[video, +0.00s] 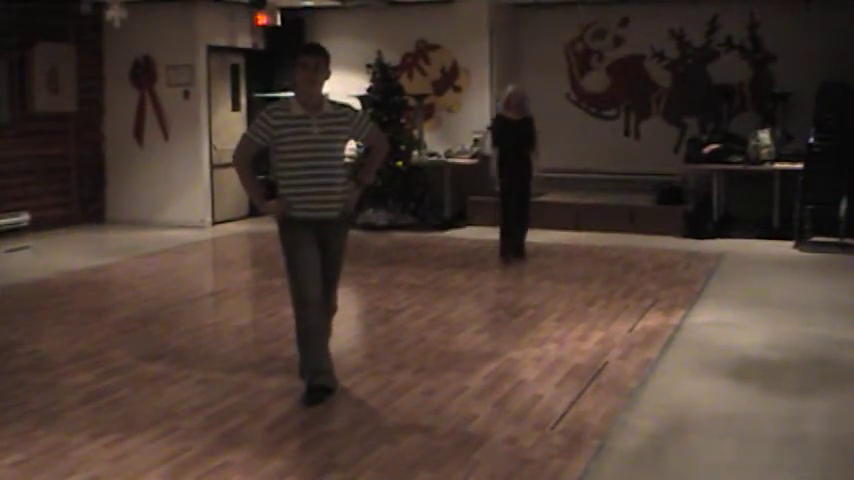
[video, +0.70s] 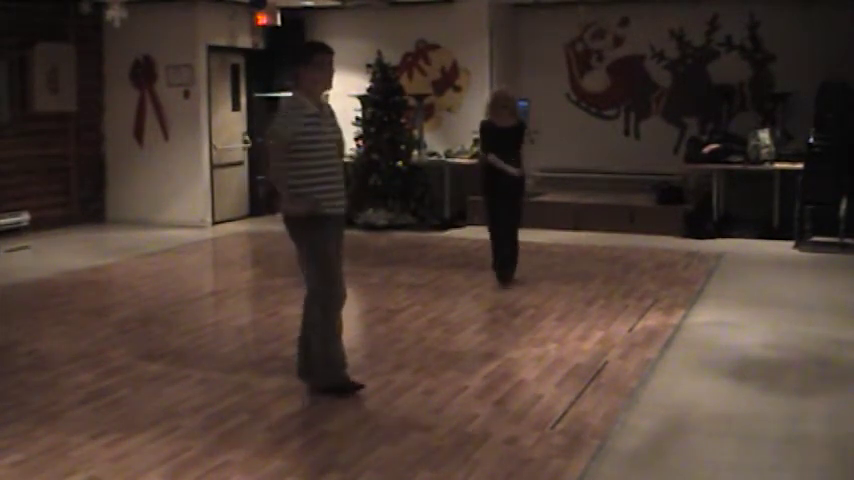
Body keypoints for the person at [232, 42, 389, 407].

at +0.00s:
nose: (309, 76)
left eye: (316, 70)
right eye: (303, 69)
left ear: (327, 75)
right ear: (293, 74)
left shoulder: (343, 115)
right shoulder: (274, 116)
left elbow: (380, 145)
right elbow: (241, 157)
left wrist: (357, 186)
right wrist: (261, 201)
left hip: (335, 218)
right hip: (295, 219)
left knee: (326, 297)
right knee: (308, 298)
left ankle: (314, 361)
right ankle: (318, 378)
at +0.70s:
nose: (330, 74)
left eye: (331, 68)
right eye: (323, 68)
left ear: (326, 72)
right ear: (304, 71)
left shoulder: (325, 111)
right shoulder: (291, 111)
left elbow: (334, 158)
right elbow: (275, 160)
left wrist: (337, 194)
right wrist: (290, 198)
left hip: (331, 212)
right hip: (308, 214)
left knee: (324, 290)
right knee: (328, 292)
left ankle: (311, 362)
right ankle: (328, 373)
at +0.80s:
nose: (333, 71)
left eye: (332, 66)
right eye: (327, 66)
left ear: (314, 72)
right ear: (308, 71)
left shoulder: (314, 108)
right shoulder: (299, 109)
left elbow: (311, 156)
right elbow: (290, 149)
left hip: (320, 211)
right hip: (311, 212)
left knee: (318, 287)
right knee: (334, 290)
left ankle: (305, 361)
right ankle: (330, 371)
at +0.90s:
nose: (327, 72)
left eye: (325, 65)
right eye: (323, 66)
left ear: (300, 71)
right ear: (312, 70)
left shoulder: (292, 105)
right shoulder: (315, 106)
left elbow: (277, 143)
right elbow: (327, 156)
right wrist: (333, 202)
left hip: (299, 209)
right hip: (319, 209)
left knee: (315, 288)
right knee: (336, 291)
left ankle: (304, 364)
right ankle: (333, 370)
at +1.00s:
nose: (320, 72)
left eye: (316, 66)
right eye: (317, 66)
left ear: (287, 73)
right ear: (312, 70)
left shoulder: (279, 112)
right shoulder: (328, 104)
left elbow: (259, 151)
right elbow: (356, 146)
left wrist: (282, 176)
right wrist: (349, 185)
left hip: (294, 212)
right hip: (328, 210)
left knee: (308, 286)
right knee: (336, 290)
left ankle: (300, 364)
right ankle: (333, 369)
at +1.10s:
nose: (309, 74)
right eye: (308, 68)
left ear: (280, 76)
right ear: (309, 71)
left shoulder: (271, 113)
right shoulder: (331, 103)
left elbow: (239, 149)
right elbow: (365, 139)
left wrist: (265, 172)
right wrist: (362, 186)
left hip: (291, 213)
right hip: (330, 210)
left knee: (304, 286)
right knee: (334, 290)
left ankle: (299, 365)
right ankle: (332, 369)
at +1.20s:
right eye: (303, 66)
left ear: (276, 75)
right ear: (306, 70)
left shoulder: (266, 113)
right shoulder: (330, 104)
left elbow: (231, 150)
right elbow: (370, 141)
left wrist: (259, 175)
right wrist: (371, 187)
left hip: (290, 214)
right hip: (331, 210)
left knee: (297, 288)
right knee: (333, 290)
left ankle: (297, 365)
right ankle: (332, 369)